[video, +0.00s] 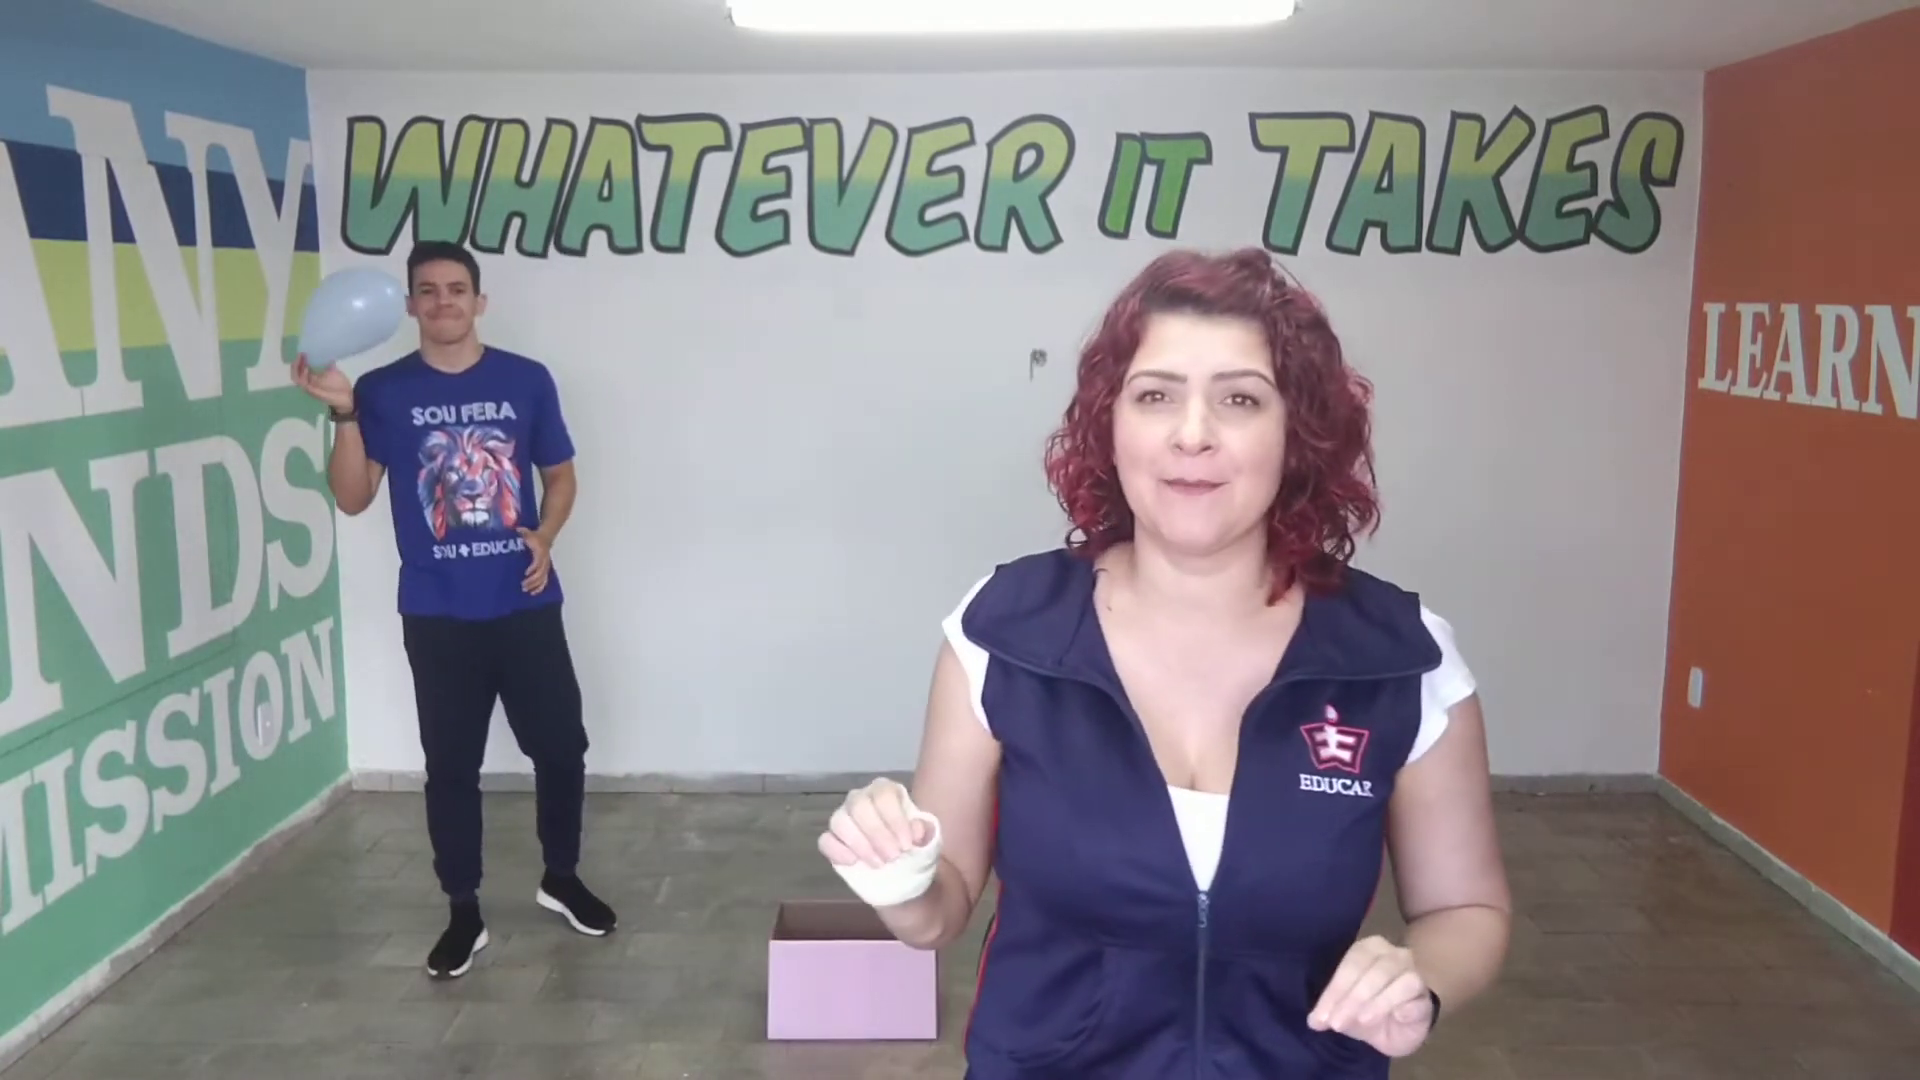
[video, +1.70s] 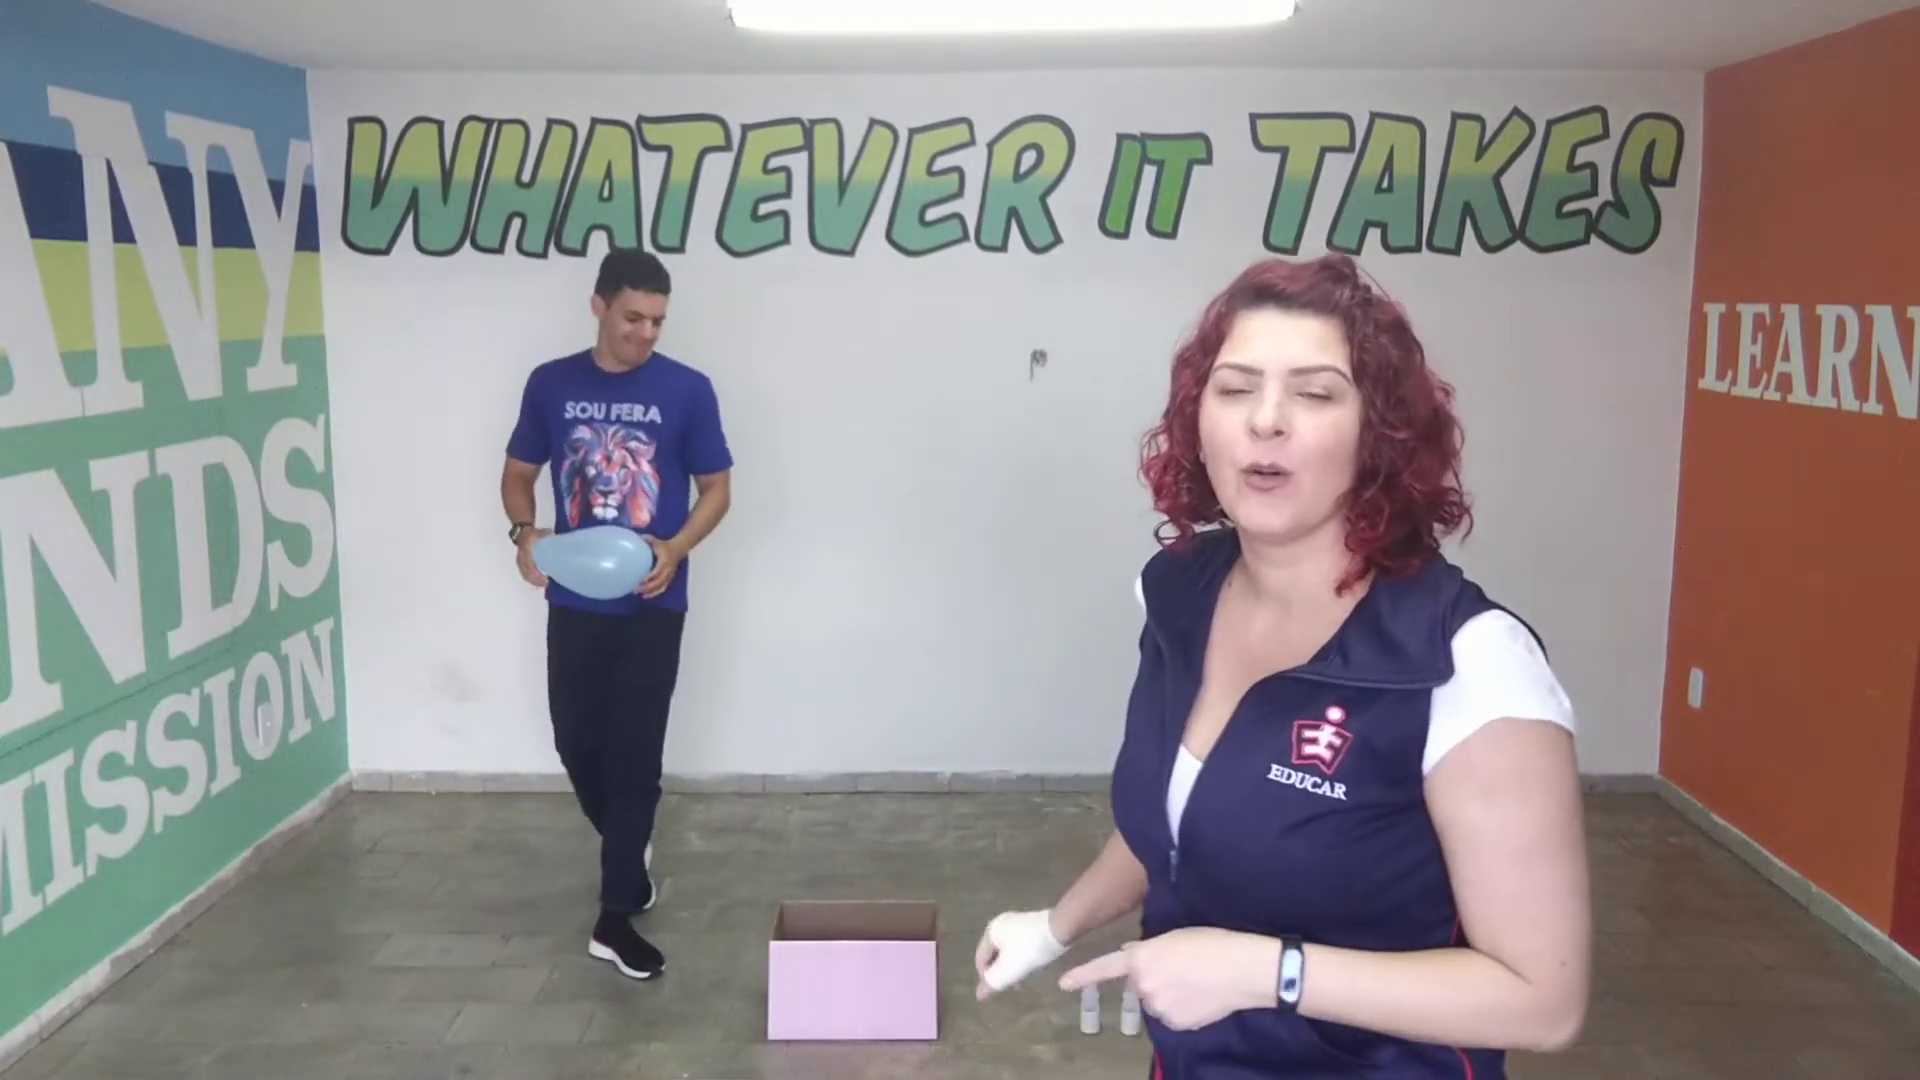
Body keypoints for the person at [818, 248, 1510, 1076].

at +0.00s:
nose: (1193, 435)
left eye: (1240, 398)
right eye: (1155, 395)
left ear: (1301, 434)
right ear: (1107, 423)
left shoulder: (1396, 654)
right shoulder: (1008, 628)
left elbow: (1464, 906)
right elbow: (935, 914)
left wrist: (1412, 974)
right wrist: (892, 869)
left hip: (1297, 1061)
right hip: (1046, 1059)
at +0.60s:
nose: (1239, 398)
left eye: (1289, 375)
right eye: (1209, 365)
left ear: (1342, 439)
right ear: (1155, 411)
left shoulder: (1430, 667)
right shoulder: (1036, 618)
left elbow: (1493, 923)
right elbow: (935, 856)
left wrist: (1411, 1003)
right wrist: (829, 979)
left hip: (1309, 1073)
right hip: (1066, 1067)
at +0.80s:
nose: (1231, 405)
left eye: (1281, 379)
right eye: (1201, 370)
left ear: (1339, 434)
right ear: (1150, 410)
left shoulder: (1435, 673)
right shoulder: (1047, 617)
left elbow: (1517, 967)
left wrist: (1357, 1046)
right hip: (1063, 1063)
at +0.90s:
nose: (1227, 407)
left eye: (1277, 379)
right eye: (1195, 373)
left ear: (1334, 432)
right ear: (1146, 414)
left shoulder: (1430, 674)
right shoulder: (1059, 619)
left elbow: (1515, 1005)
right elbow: (978, 838)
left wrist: (1273, 1044)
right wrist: (853, 964)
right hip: (1060, 1064)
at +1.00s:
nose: (1220, 409)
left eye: (1273, 385)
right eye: (1189, 376)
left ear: (1330, 438)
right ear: (1140, 413)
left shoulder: (1420, 675)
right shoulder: (1079, 613)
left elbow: (1498, 1029)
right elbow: (1045, 797)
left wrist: (1223, 1039)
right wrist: (965, 918)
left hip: (1286, 1077)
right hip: (1061, 1065)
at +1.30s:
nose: (1226, 423)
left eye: (1276, 393)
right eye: (1194, 385)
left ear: (1336, 432)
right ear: (1150, 414)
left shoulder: (1417, 676)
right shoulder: (1124, 595)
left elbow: (1469, 1036)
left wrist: (1188, 997)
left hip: (1271, 1063)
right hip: (1084, 1053)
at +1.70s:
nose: (1266, 423)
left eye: (1315, 394)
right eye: (1237, 389)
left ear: (1379, 430)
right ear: (1197, 414)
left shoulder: (1470, 664)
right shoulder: (1182, 592)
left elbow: (1542, 1001)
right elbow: (1169, 807)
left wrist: (1264, 971)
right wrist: (1057, 926)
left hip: (1384, 1059)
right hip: (1187, 1056)